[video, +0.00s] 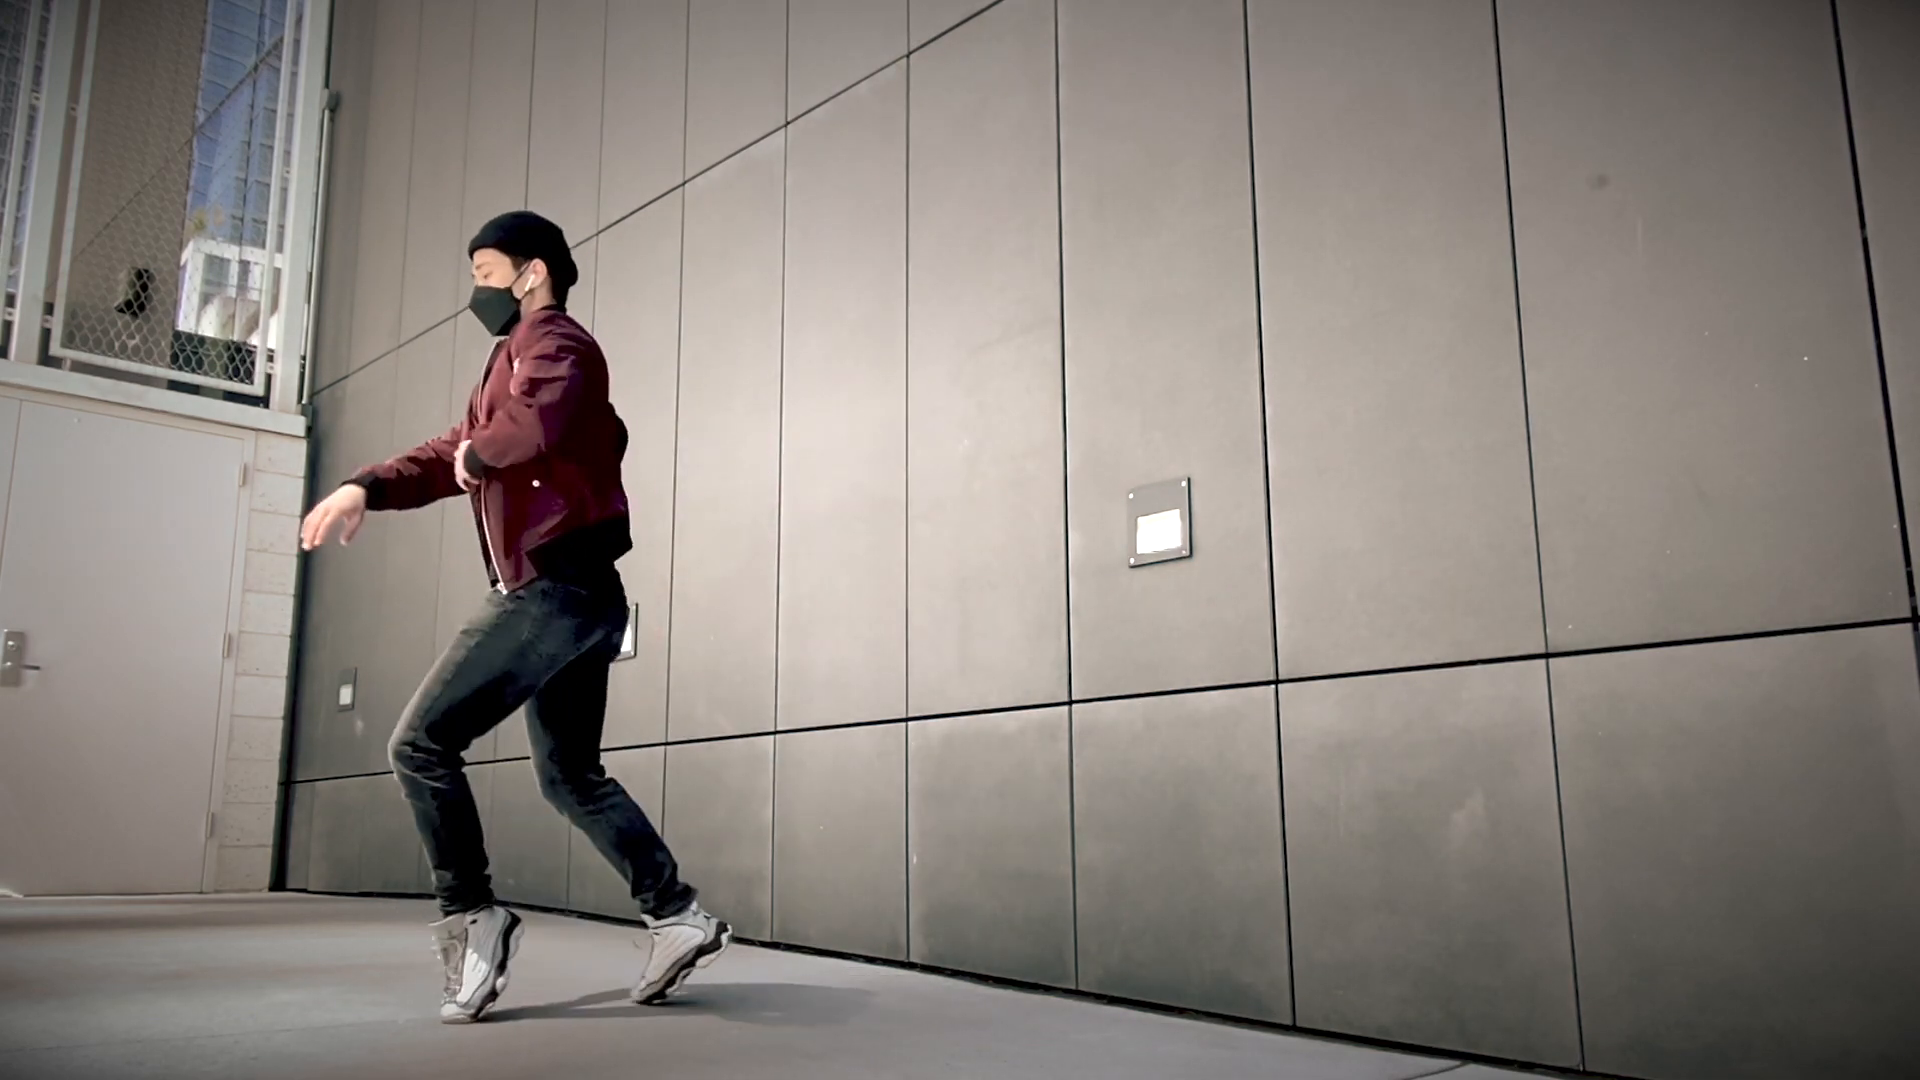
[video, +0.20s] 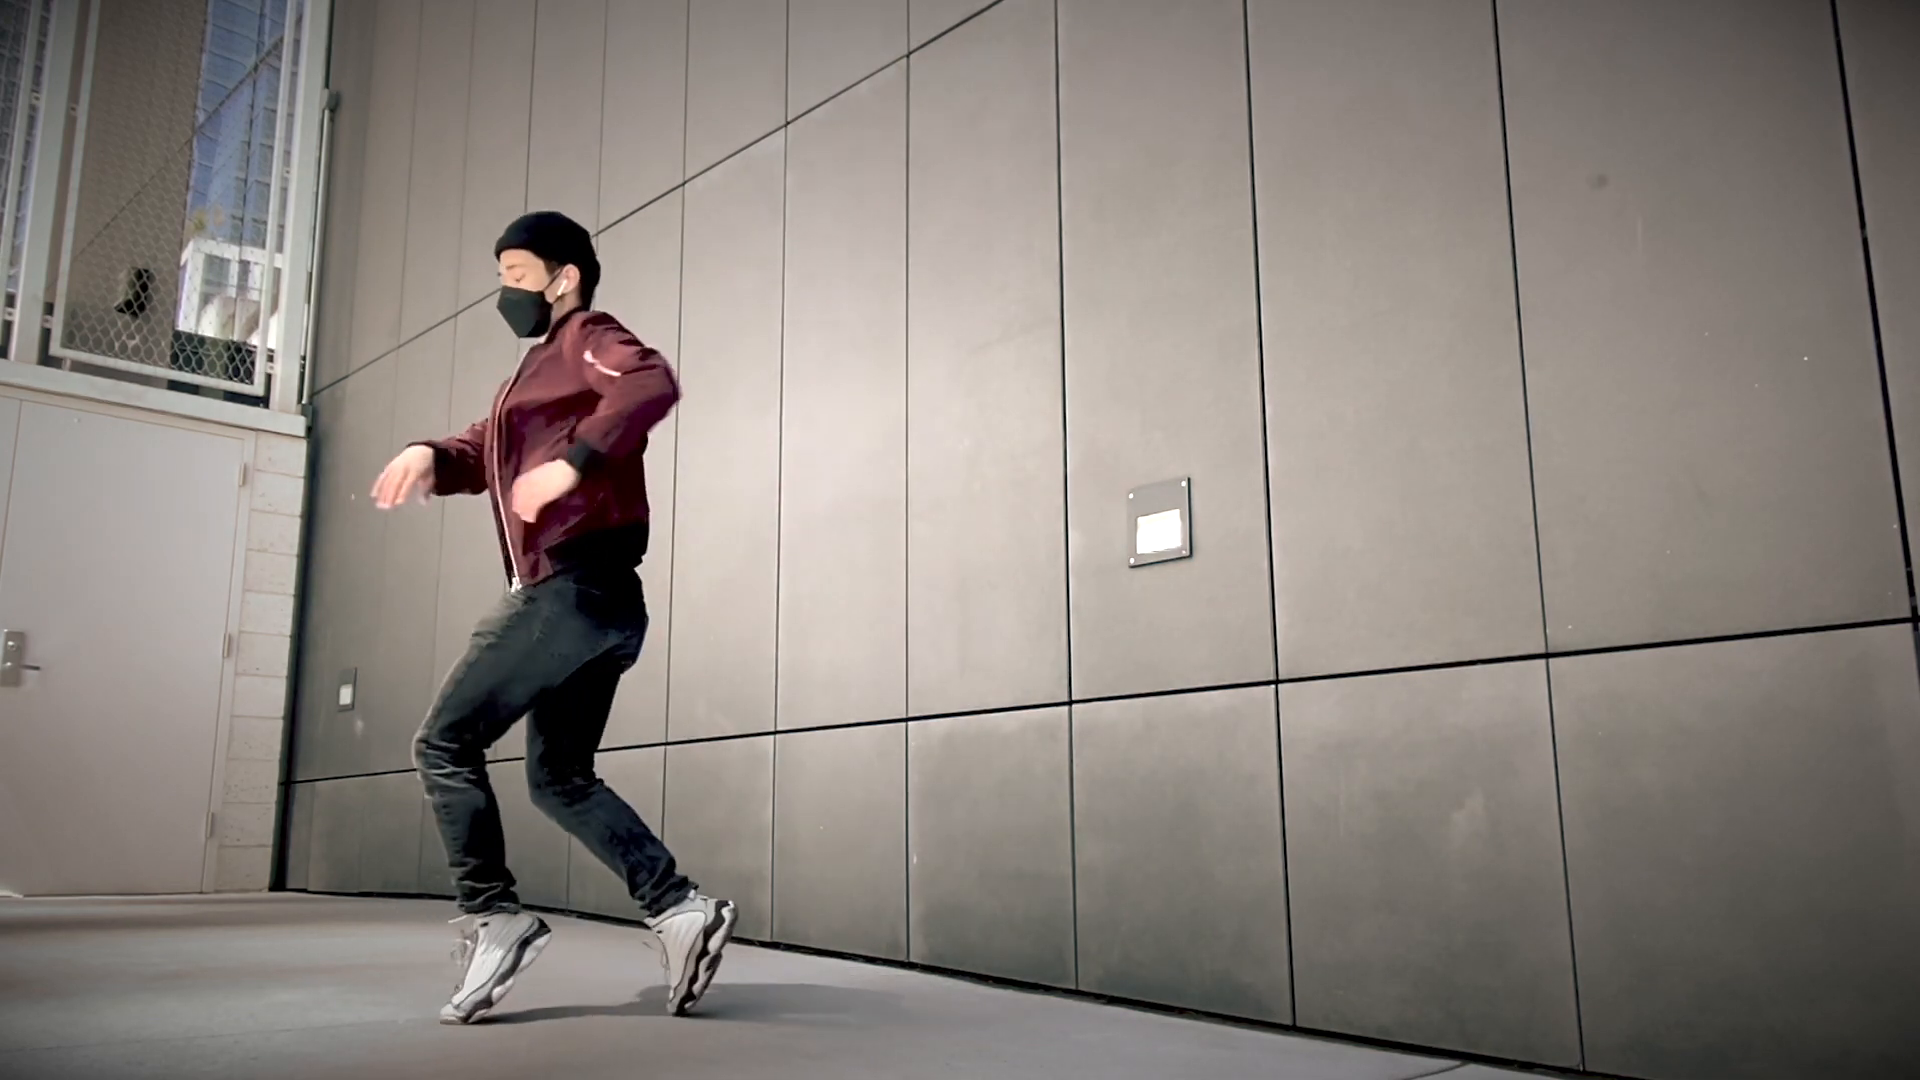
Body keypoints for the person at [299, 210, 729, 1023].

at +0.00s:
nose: (475, 289)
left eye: (485, 273)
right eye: (474, 276)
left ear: (533, 274)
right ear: (526, 279)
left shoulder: (553, 338)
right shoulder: (512, 362)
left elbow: (537, 424)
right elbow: (452, 455)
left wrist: (472, 456)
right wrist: (362, 489)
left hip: (552, 593)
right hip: (576, 595)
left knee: (421, 747)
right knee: (572, 776)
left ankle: (474, 922)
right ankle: (679, 917)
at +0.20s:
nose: (504, 289)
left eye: (516, 273)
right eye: (501, 275)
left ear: (566, 277)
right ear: (546, 284)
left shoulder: (588, 334)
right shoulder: (538, 371)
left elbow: (653, 381)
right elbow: (494, 453)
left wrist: (570, 462)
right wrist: (432, 457)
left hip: (565, 593)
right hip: (600, 601)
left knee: (444, 744)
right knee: (560, 779)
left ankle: (494, 917)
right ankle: (680, 911)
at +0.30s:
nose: (536, 289)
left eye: (551, 273)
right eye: (529, 277)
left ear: (600, 277)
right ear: (528, 284)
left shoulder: (628, 337)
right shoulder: (536, 383)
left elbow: (731, 381)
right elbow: (473, 452)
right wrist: (469, 437)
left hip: (584, 585)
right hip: (615, 594)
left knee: (473, 741)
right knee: (556, 772)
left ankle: (506, 922)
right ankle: (671, 904)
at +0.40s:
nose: (585, 279)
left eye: (600, 265)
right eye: (573, 268)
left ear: (638, 271)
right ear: (564, 277)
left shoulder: (675, 336)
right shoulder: (549, 375)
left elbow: (785, 389)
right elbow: (456, 440)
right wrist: (518, 411)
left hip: (625, 577)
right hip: (602, 586)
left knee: (516, 738)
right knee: (572, 765)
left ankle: (520, 926)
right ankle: (657, 914)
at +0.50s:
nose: (636, 271)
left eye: (652, 260)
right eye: (621, 259)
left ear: (677, 274)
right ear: (601, 272)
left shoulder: (713, 342)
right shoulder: (578, 367)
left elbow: (810, 404)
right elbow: (475, 424)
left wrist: (866, 492)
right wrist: (564, 390)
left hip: (673, 570)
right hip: (622, 574)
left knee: (594, 750)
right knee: (593, 756)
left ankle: (572, 946)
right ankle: (666, 920)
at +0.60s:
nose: (672, 278)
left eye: (688, 268)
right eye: (657, 266)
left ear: (709, 284)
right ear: (633, 281)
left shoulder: (744, 357)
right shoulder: (603, 376)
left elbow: (821, 427)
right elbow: (510, 421)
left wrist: (868, 513)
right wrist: (603, 384)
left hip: (708, 581)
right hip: (650, 596)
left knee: (687, 755)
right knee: (588, 758)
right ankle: (671, 934)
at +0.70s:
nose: (709, 291)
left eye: (723, 281)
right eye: (693, 279)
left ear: (738, 294)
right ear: (664, 288)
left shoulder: (773, 373)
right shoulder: (624, 375)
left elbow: (826, 453)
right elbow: (538, 416)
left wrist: (858, 540)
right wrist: (632, 389)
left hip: (740, 592)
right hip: (670, 611)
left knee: (773, 763)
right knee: (597, 760)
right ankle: (680, 929)